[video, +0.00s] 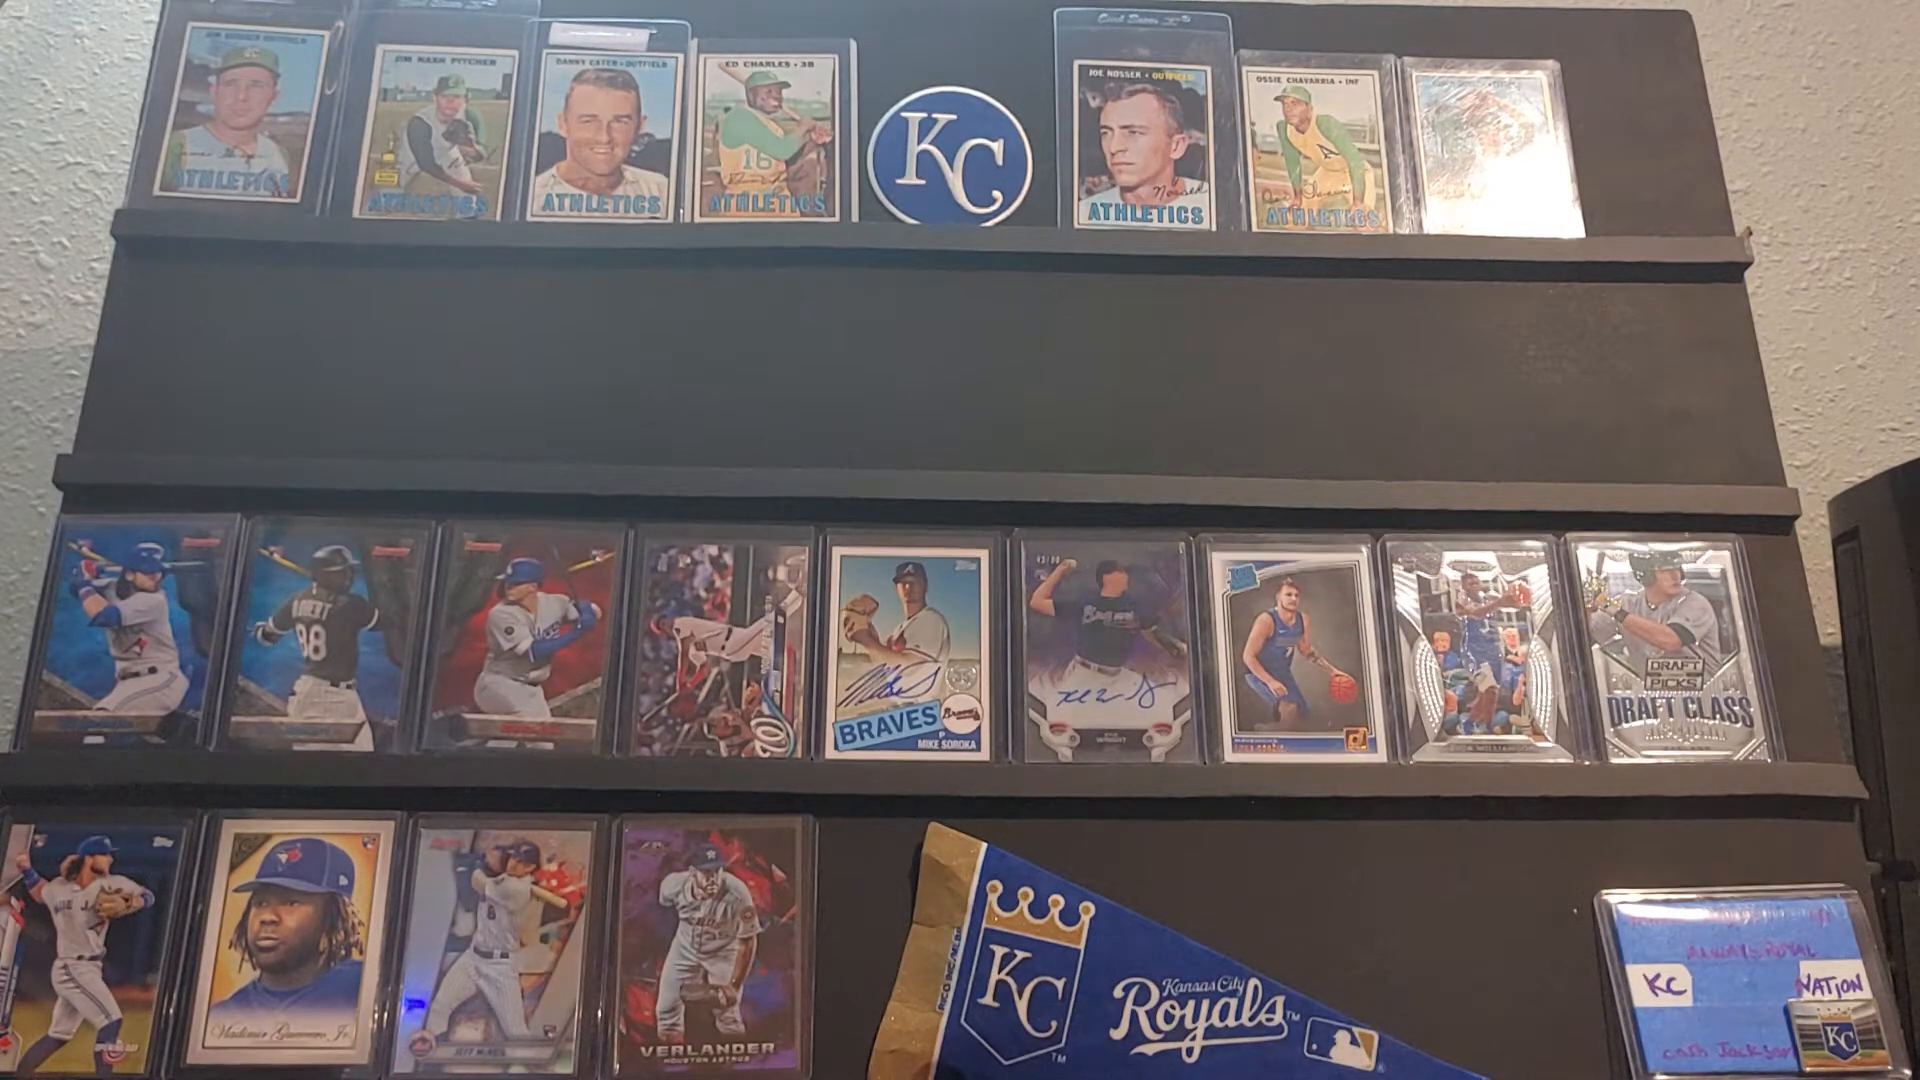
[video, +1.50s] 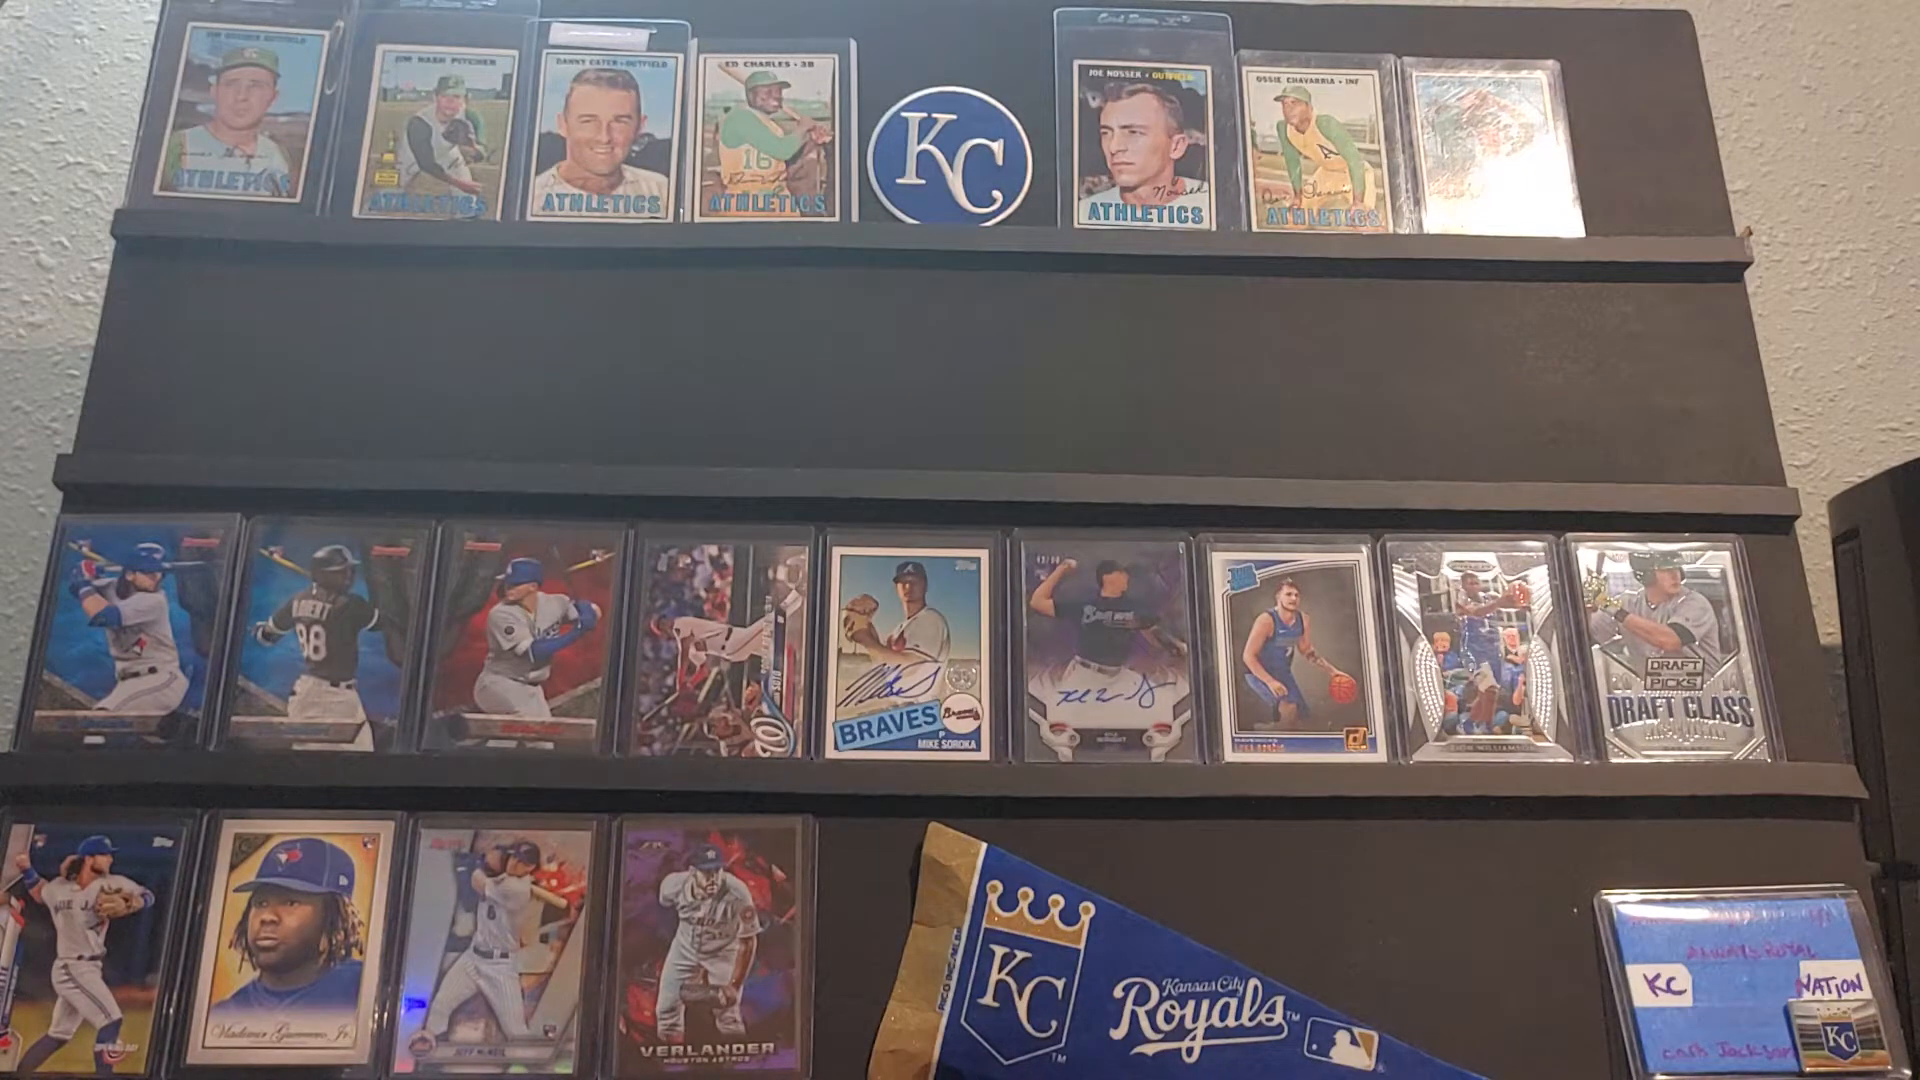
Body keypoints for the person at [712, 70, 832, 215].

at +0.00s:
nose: (777, 98)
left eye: (779, 92)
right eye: (770, 92)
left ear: (782, 93)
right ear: (753, 94)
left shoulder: (775, 128)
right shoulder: (738, 117)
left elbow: (784, 172)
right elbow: (781, 151)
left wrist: (811, 143)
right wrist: (803, 128)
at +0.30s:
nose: (777, 97)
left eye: (778, 92)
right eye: (770, 91)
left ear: (782, 93)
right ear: (752, 95)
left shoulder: (773, 126)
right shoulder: (739, 118)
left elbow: (784, 166)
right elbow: (782, 151)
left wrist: (811, 144)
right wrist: (802, 128)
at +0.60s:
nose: (777, 98)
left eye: (779, 93)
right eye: (770, 92)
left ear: (782, 93)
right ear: (753, 96)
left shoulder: (773, 126)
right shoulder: (739, 118)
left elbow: (783, 167)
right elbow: (782, 151)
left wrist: (811, 144)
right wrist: (803, 127)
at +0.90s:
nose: (777, 98)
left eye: (779, 93)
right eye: (770, 93)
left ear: (782, 93)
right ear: (753, 96)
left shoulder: (773, 126)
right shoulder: (739, 118)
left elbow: (784, 166)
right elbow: (782, 151)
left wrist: (811, 144)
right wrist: (802, 127)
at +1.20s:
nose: (777, 98)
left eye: (778, 92)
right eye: (769, 92)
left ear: (782, 93)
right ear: (752, 95)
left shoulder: (773, 126)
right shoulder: (739, 118)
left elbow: (785, 166)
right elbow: (783, 151)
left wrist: (811, 144)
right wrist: (803, 128)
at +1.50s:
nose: (776, 96)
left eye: (778, 91)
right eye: (768, 92)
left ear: (782, 93)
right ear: (751, 96)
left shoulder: (774, 127)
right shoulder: (739, 118)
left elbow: (785, 167)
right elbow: (783, 151)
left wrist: (810, 143)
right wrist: (802, 129)